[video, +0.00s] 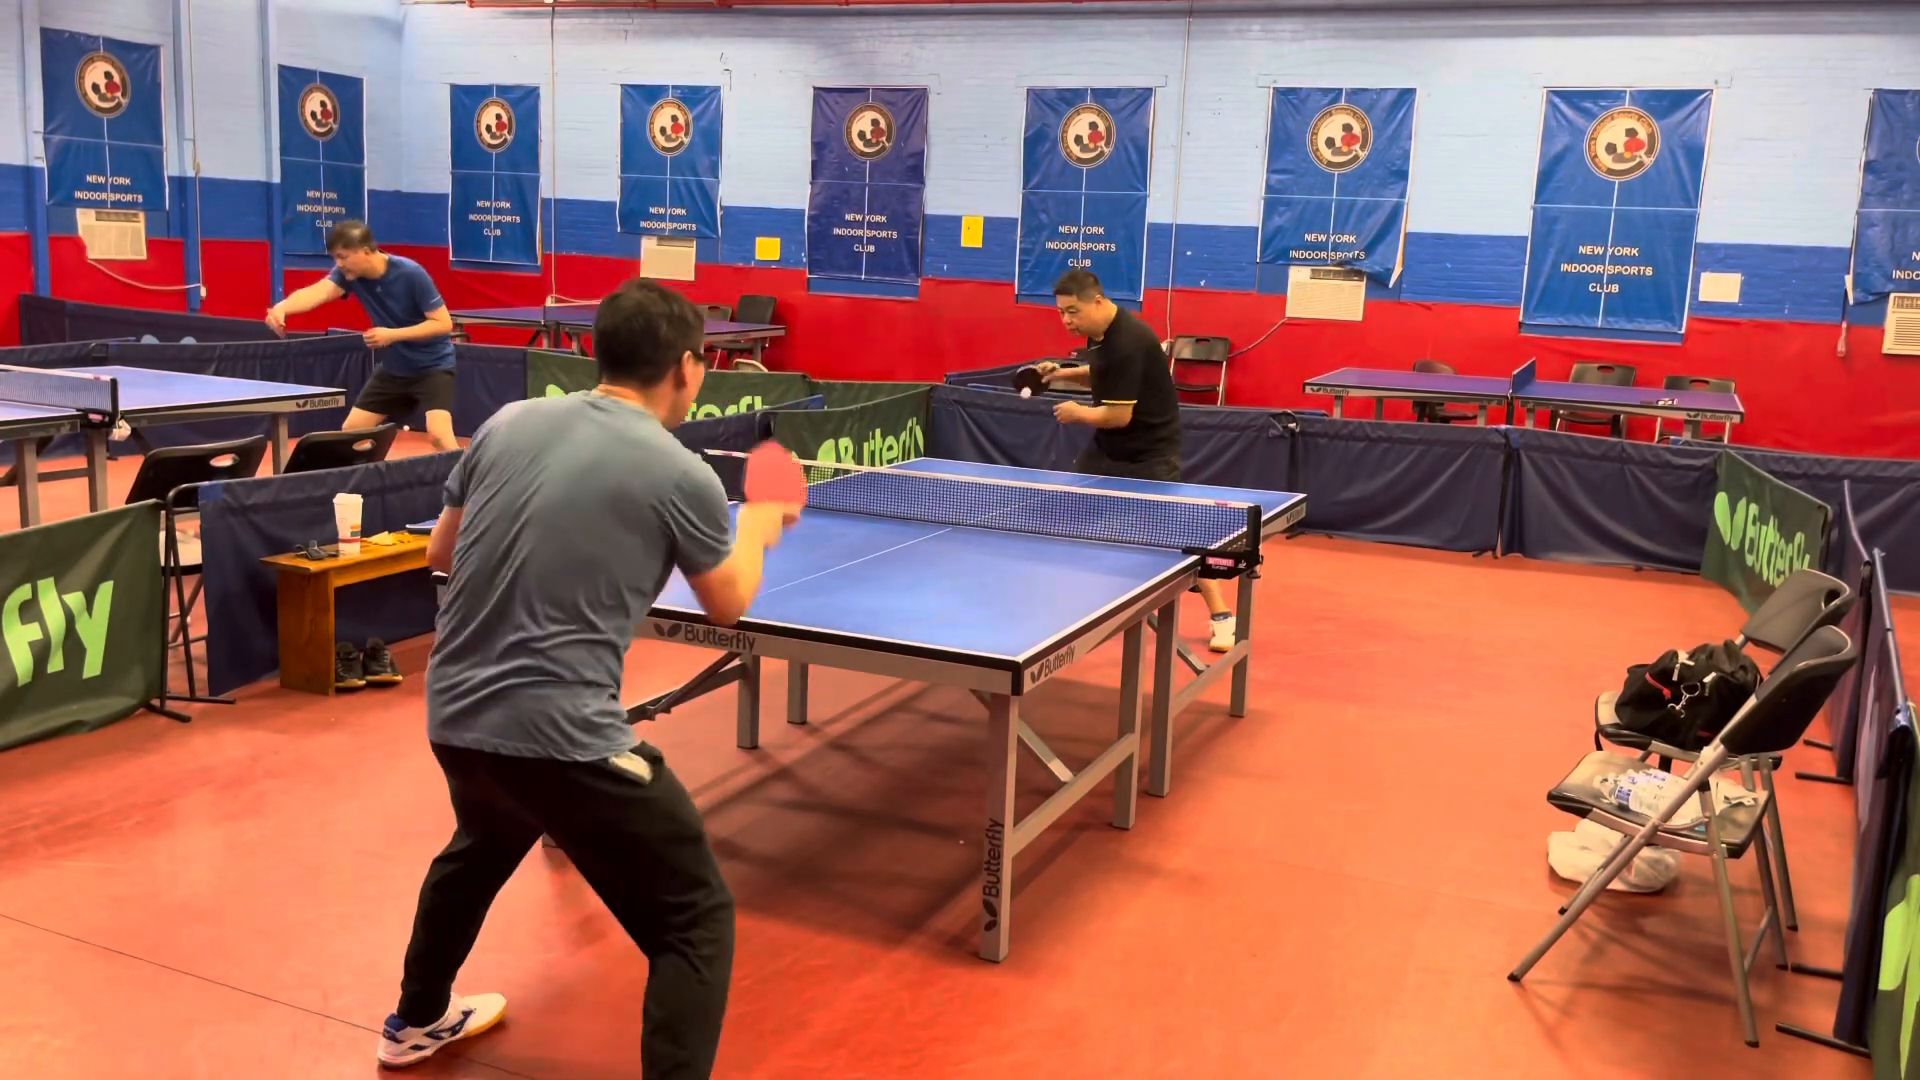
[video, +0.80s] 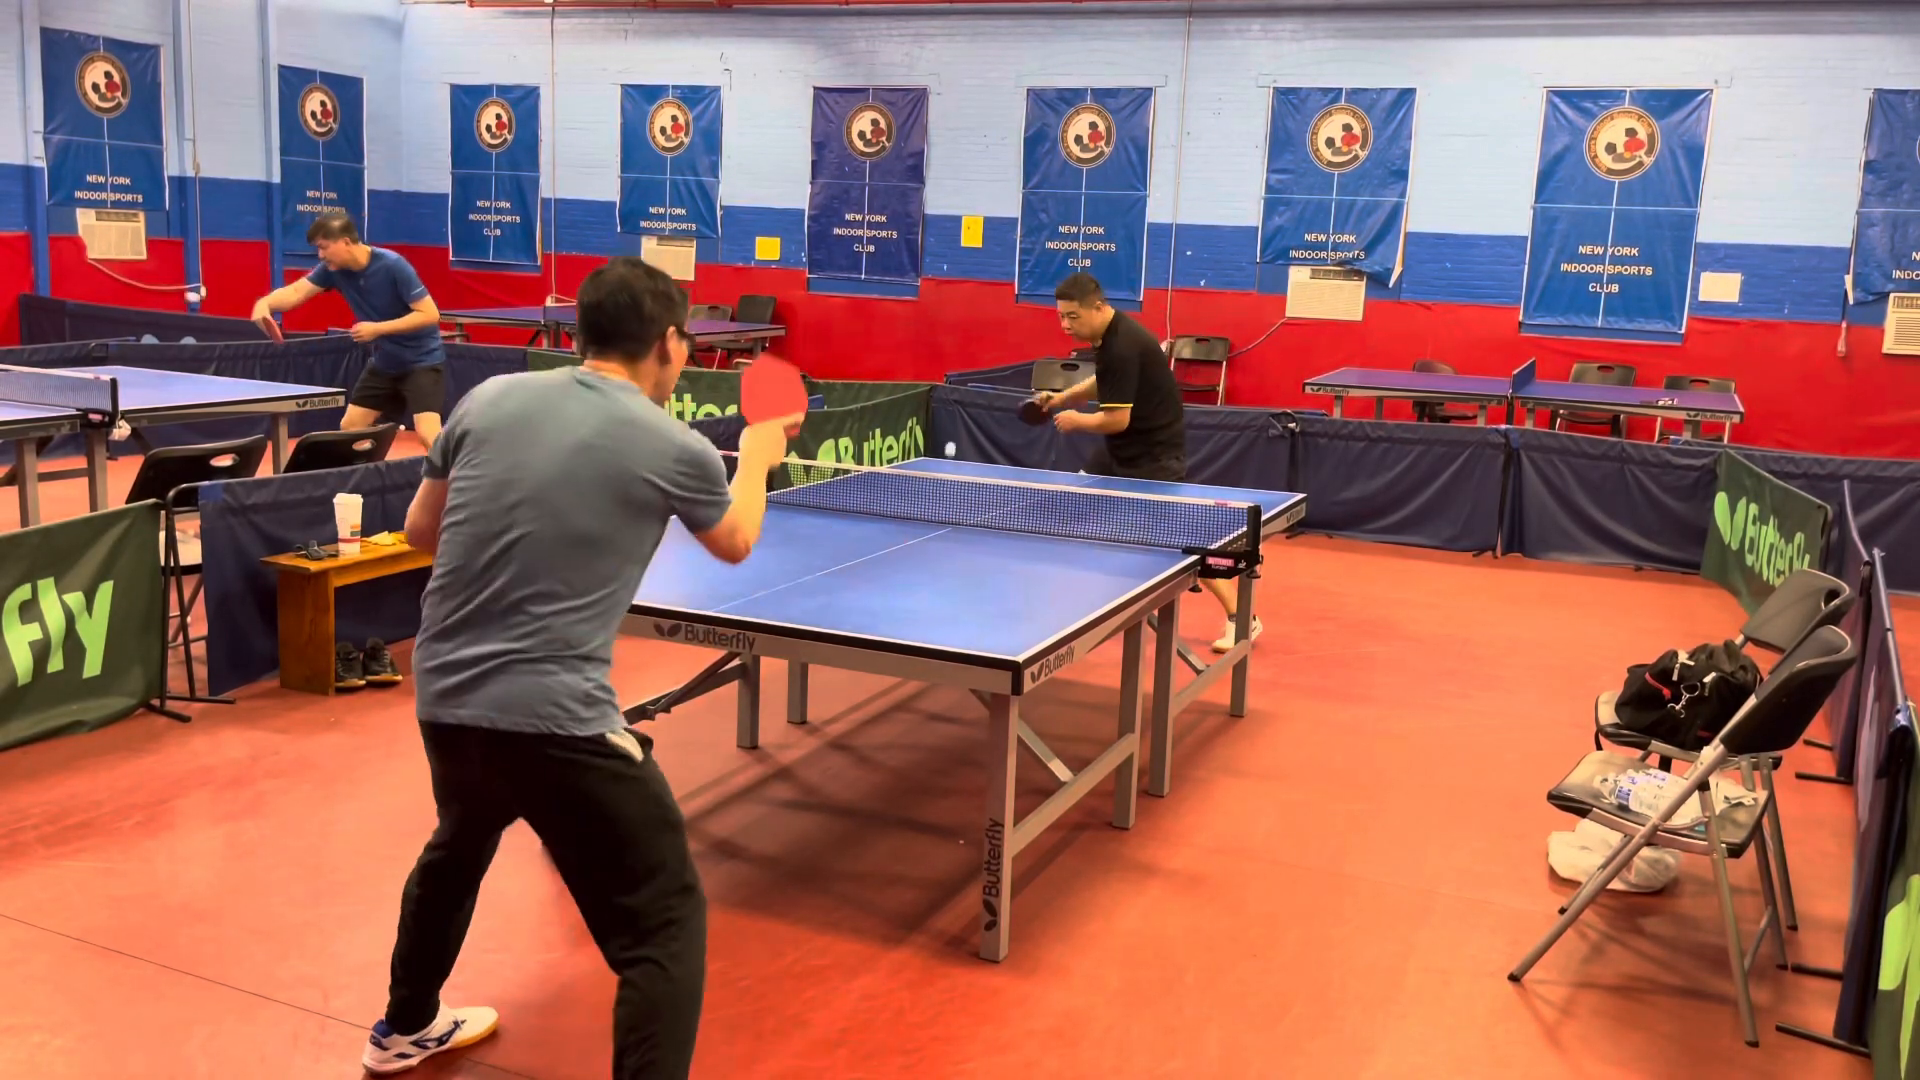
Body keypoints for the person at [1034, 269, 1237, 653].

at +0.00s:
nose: (1066, 322)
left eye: (1072, 312)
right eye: (1062, 313)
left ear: (1099, 303)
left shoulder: (1128, 341)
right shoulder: (1102, 332)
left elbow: (1120, 415)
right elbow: (1104, 375)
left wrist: (1081, 413)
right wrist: (1060, 374)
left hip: (1150, 455)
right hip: (1107, 447)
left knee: (1176, 530)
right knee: (1062, 509)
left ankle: (1220, 614)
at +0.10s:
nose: (1088, 317)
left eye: (1093, 308)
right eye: (1085, 309)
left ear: (1120, 297)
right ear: (1089, 305)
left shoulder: (1162, 335)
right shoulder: (1099, 335)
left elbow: (1162, 407)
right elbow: (1079, 388)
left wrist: (1111, 413)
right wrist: (1070, 362)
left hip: (1163, 453)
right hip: (1112, 449)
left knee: (1185, 531)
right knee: (1066, 510)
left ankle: (1218, 616)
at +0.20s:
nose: (1110, 311)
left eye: (1118, 302)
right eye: (1106, 302)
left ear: (1143, 295)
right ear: (1104, 299)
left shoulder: (1185, 332)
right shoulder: (1106, 335)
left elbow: (1205, 396)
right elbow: (1080, 401)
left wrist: (1145, 418)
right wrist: (1089, 359)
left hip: (1175, 452)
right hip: (1118, 449)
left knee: (1201, 527)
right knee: (1069, 508)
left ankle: (1222, 617)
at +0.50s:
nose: (1116, 311)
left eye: (1125, 303)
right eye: (1110, 303)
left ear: (1148, 298)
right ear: (1105, 303)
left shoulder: (1181, 337)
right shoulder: (1099, 343)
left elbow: (1203, 398)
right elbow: (1087, 400)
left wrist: (1151, 424)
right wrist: (1084, 409)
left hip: (1173, 455)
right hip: (1111, 452)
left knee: (1206, 526)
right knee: (1064, 510)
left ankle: (1224, 616)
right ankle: (1059, 606)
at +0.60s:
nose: (1095, 312)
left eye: (1104, 303)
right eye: (1090, 303)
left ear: (1127, 298)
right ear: (1086, 303)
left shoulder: (1159, 337)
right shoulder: (1090, 341)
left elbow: (1175, 404)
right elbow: (1084, 396)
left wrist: (1117, 422)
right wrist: (1067, 420)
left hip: (1166, 456)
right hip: (1108, 454)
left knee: (1198, 529)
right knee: (1071, 519)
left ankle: (1223, 615)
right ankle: (1072, 609)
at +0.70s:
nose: (1077, 318)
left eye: (1084, 310)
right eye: (1072, 310)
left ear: (1110, 302)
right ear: (1070, 307)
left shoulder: (1137, 339)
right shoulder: (1095, 338)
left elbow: (1140, 412)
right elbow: (1104, 385)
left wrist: (1091, 421)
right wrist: (1068, 413)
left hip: (1159, 452)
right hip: (1116, 449)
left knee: (1182, 529)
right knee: (1073, 511)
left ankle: (1227, 613)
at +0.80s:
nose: (1065, 326)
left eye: (1072, 317)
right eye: (1062, 317)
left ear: (1100, 308)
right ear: (1092, 310)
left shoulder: (1124, 345)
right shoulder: (1110, 337)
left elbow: (1118, 419)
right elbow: (1108, 381)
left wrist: (1079, 422)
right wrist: (1065, 398)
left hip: (1155, 462)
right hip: (1119, 454)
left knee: (1181, 538)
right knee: (1064, 509)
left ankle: (1239, 615)